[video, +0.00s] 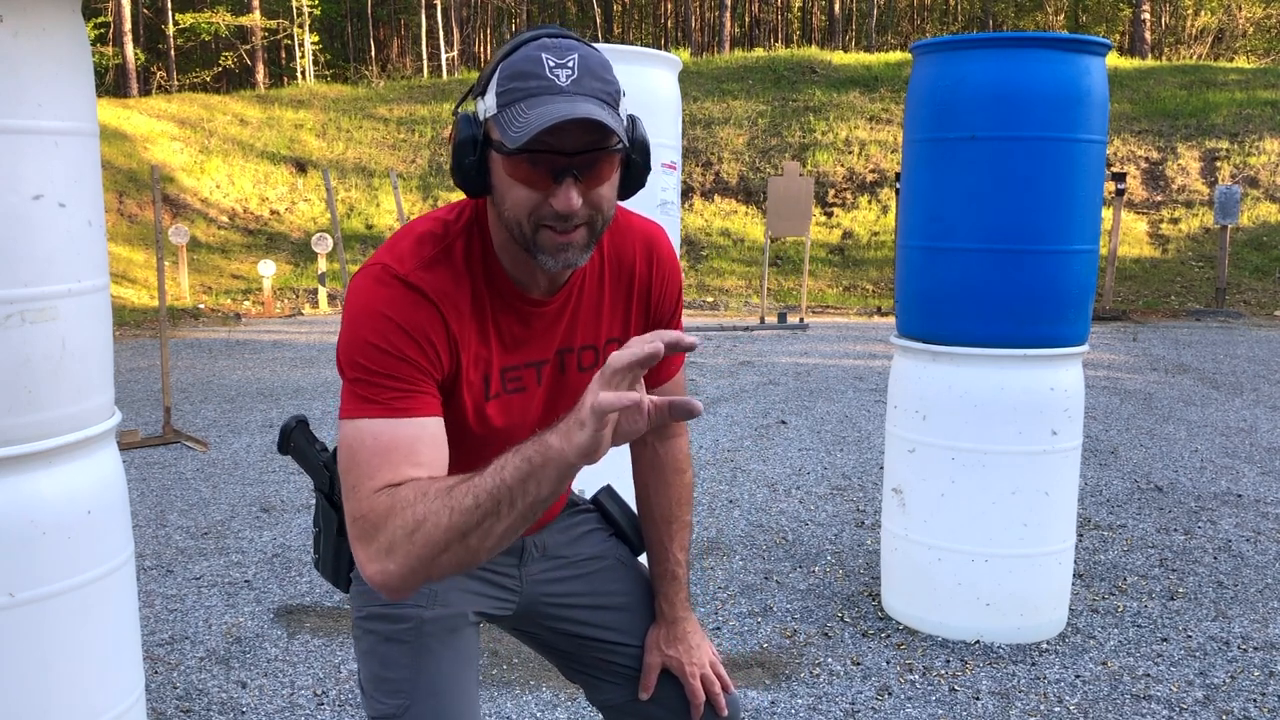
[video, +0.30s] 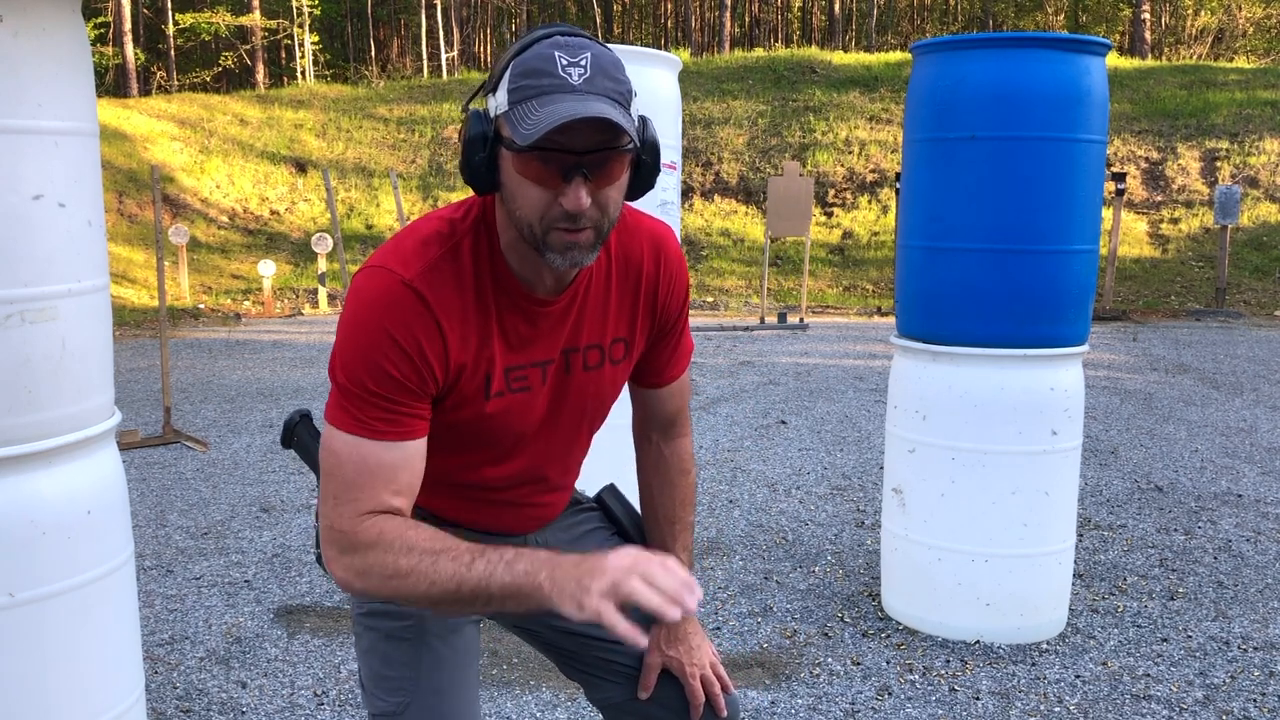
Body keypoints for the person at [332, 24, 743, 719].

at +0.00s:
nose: (568, 199)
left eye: (591, 165)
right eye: (537, 167)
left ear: (623, 162)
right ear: (482, 158)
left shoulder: (643, 257)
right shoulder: (398, 288)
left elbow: (662, 431)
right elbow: (391, 551)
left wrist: (675, 609)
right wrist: (574, 438)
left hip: (558, 532)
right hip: (421, 562)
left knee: (690, 702)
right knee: (431, 707)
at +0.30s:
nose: (577, 198)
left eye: (601, 163)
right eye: (548, 163)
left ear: (634, 162)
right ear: (491, 157)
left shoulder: (650, 261)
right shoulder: (401, 291)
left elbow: (665, 435)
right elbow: (356, 542)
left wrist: (674, 601)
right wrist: (553, 578)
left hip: (551, 524)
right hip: (416, 532)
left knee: (688, 702)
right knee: (431, 707)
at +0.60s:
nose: (593, 195)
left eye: (618, 164)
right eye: (565, 159)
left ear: (646, 167)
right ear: (506, 150)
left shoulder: (658, 265)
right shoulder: (408, 291)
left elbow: (669, 436)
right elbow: (333, 532)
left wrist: (679, 610)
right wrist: (523, 640)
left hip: (568, 532)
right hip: (432, 540)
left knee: (699, 704)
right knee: (436, 706)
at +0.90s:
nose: (612, 183)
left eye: (639, 154)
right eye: (591, 144)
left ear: (660, 164)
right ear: (522, 129)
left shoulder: (655, 256)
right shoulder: (408, 258)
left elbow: (667, 430)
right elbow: (323, 495)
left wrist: (673, 607)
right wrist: (543, 411)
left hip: (560, 528)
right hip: (421, 536)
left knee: (689, 704)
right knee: (428, 707)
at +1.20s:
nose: (618, 180)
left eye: (643, 152)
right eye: (597, 141)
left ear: (662, 162)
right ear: (526, 126)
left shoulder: (651, 255)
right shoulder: (416, 249)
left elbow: (662, 431)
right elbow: (339, 477)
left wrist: (669, 616)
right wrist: (548, 401)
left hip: (554, 530)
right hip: (415, 534)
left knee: (680, 703)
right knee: (424, 707)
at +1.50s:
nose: (617, 183)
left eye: (641, 155)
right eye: (594, 144)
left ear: (660, 164)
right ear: (520, 128)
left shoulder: (650, 257)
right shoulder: (411, 255)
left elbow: (663, 435)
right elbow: (338, 488)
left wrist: (670, 615)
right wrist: (543, 410)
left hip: (555, 530)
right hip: (417, 539)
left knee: (682, 705)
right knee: (424, 707)